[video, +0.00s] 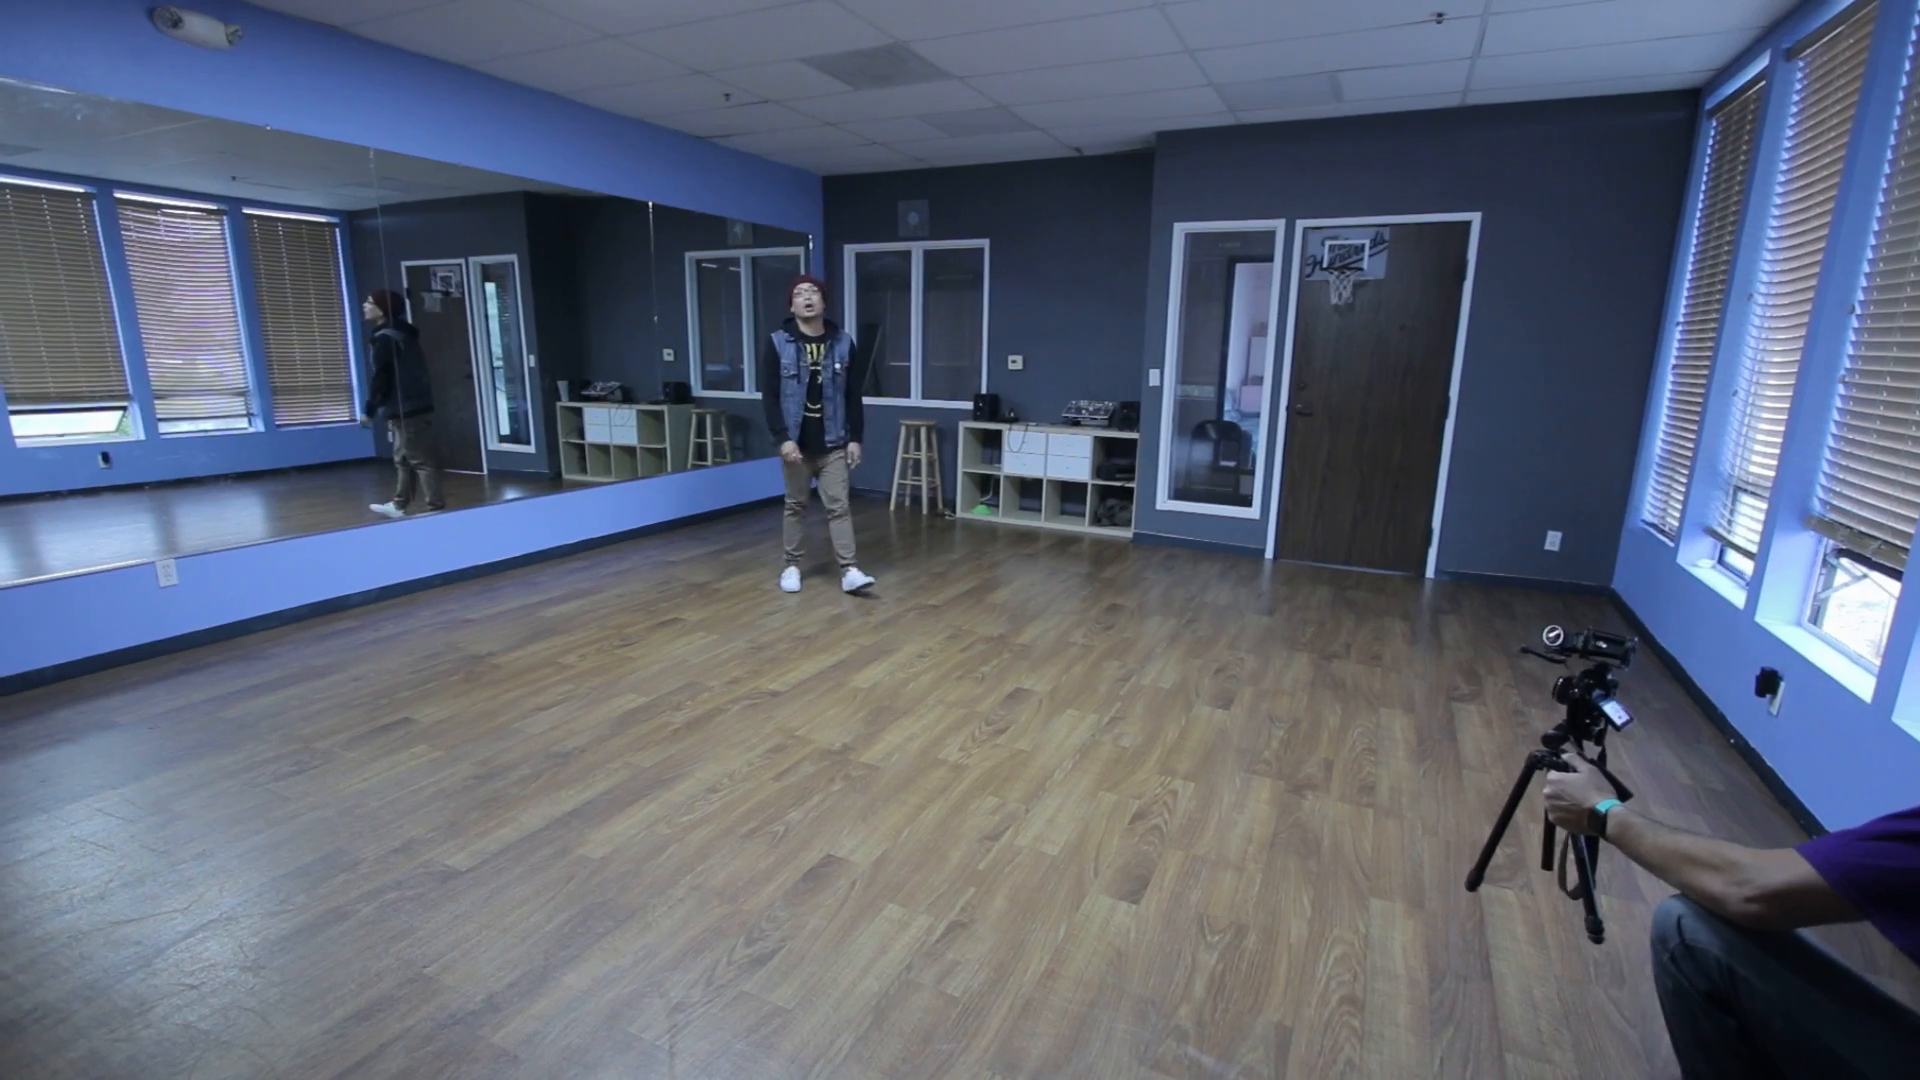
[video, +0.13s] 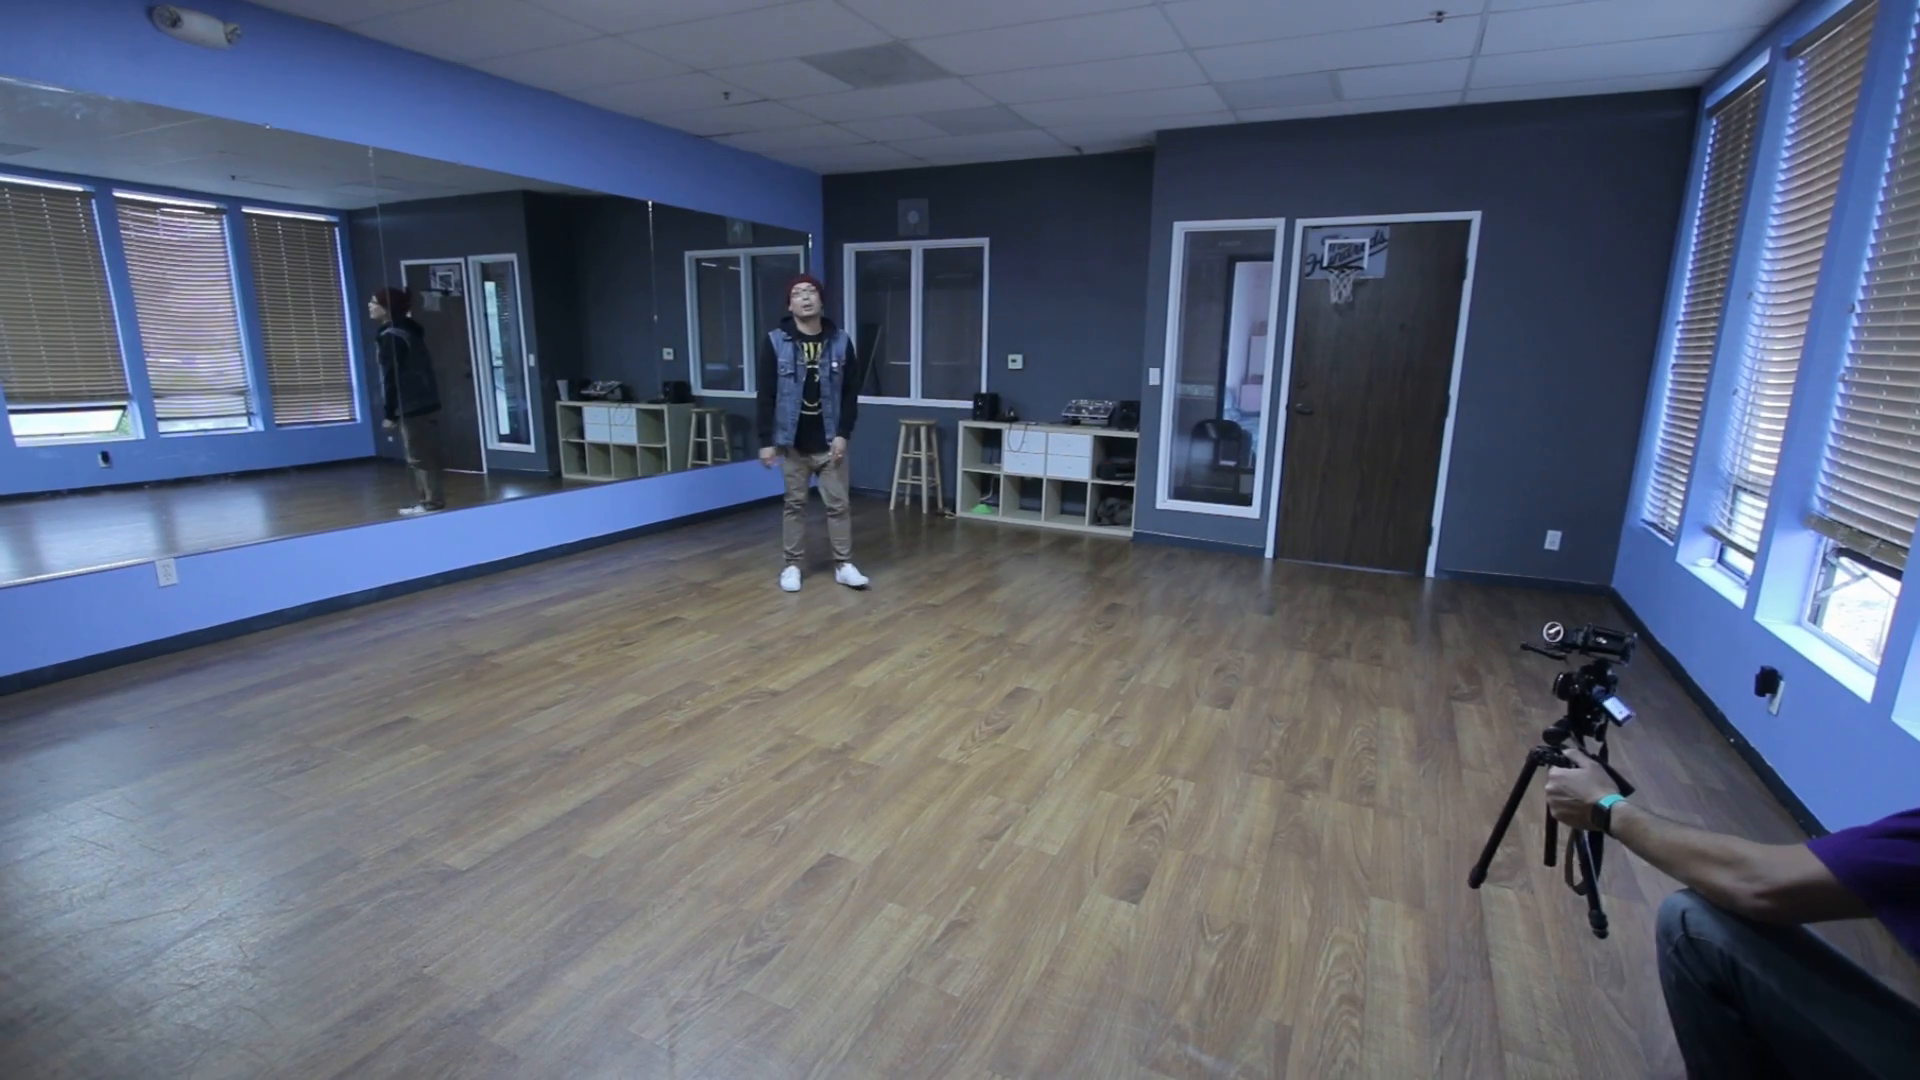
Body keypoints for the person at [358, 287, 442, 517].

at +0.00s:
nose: (365, 307)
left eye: (370, 304)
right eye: (367, 303)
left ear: (382, 310)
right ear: (386, 310)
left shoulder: (383, 338)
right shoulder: (405, 332)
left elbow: (382, 378)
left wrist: (369, 411)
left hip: (405, 407)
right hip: (414, 404)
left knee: (418, 458)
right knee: (403, 457)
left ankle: (436, 507)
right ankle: (399, 504)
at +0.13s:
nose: (370, 307)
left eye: (374, 303)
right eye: (371, 303)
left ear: (387, 308)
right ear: (392, 308)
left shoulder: (388, 336)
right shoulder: (409, 328)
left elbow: (390, 377)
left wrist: (389, 413)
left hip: (411, 405)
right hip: (424, 401)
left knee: (417, 456)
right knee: (427, 453)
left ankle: (430, 501)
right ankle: (433, 499)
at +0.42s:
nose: (394, 313)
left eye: (396, 308)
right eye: (396, 308)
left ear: (398, 310)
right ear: (420, 307)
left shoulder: (398, 336)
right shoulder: (433, 331)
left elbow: (404, 374)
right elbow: (444, 369)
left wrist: (413, 407)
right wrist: (446, 401)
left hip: (416, 409)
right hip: (443, 404)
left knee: (420, 459)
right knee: (451, 456)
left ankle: (432, 506)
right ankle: (465, 500)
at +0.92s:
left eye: (440, 313)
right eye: (460, 312)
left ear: (439, 315)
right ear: (462, 312)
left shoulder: (425, 341)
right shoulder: (475, 339)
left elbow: (420, 380)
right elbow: (498, 371)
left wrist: (427, 406)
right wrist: (518, 396)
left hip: (443, 408)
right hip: (474, 407)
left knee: (448, 454)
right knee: (471, 455)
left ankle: (452, 500)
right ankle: (469, 500)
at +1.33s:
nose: (483, 316)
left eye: (478, 313)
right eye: (482, 313)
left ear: (460, 316)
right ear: (482, 314)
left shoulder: (448, 342)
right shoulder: (493, 339)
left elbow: (445, 376)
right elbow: (507, 371)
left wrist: (446, 405)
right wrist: (508, 399)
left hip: (463, 401)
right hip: (487, 400)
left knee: (478, 445)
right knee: (486, 447)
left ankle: (488, 486)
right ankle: (470, 487)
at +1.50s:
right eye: (491, 310)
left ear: (468, 312)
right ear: (491, 310)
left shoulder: (458, 338)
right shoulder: (501, 334)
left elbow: (455, 372)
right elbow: (514, 366)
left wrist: (458, 400)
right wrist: (521, 391)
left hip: (472, 398)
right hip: (498, 395)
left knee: (483, 439)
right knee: (511, 438)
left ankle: (487, 486)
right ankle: (486, 470)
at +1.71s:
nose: (507, 321)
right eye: (507, 317)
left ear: (485, 318)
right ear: (507, 317)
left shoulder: (473, 343)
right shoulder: (518, 340)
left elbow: (471, 373)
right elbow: (534, 368)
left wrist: (480, 389)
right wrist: (547, 390)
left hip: (490, 399)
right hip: (517, 397)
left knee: (492, 444)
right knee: (536, 438)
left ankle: (488, 490)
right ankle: (543, 481)